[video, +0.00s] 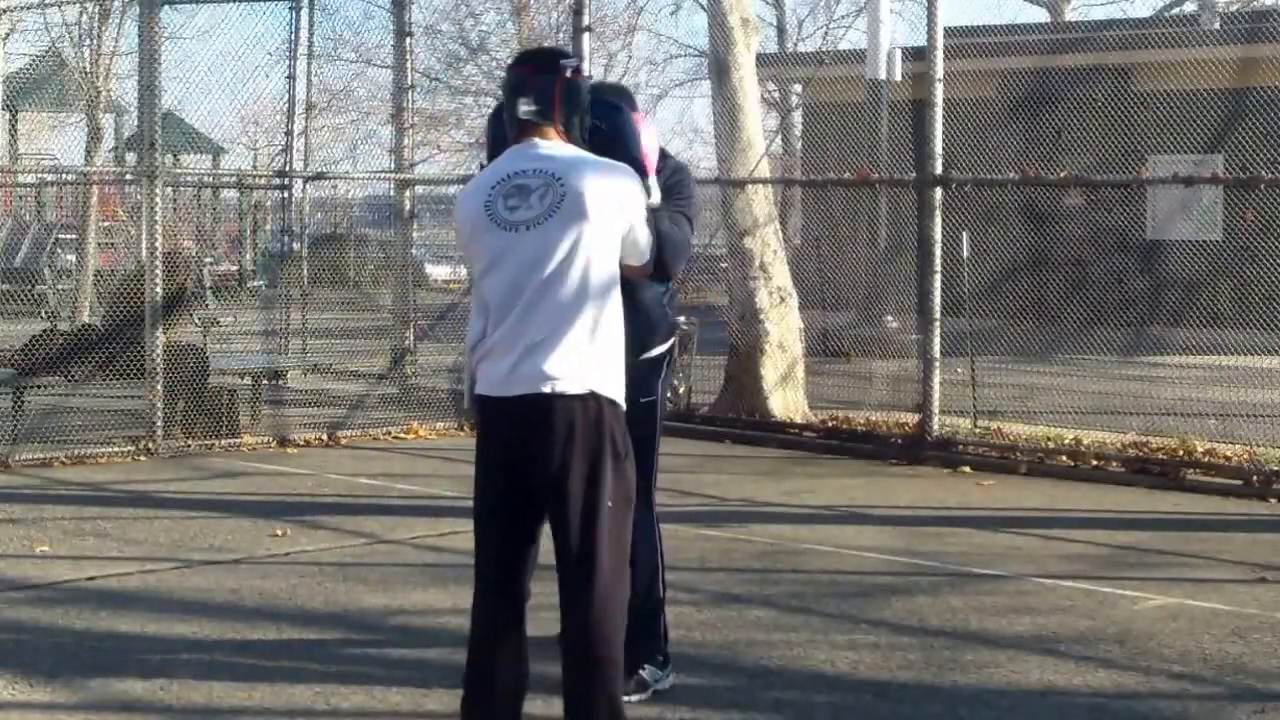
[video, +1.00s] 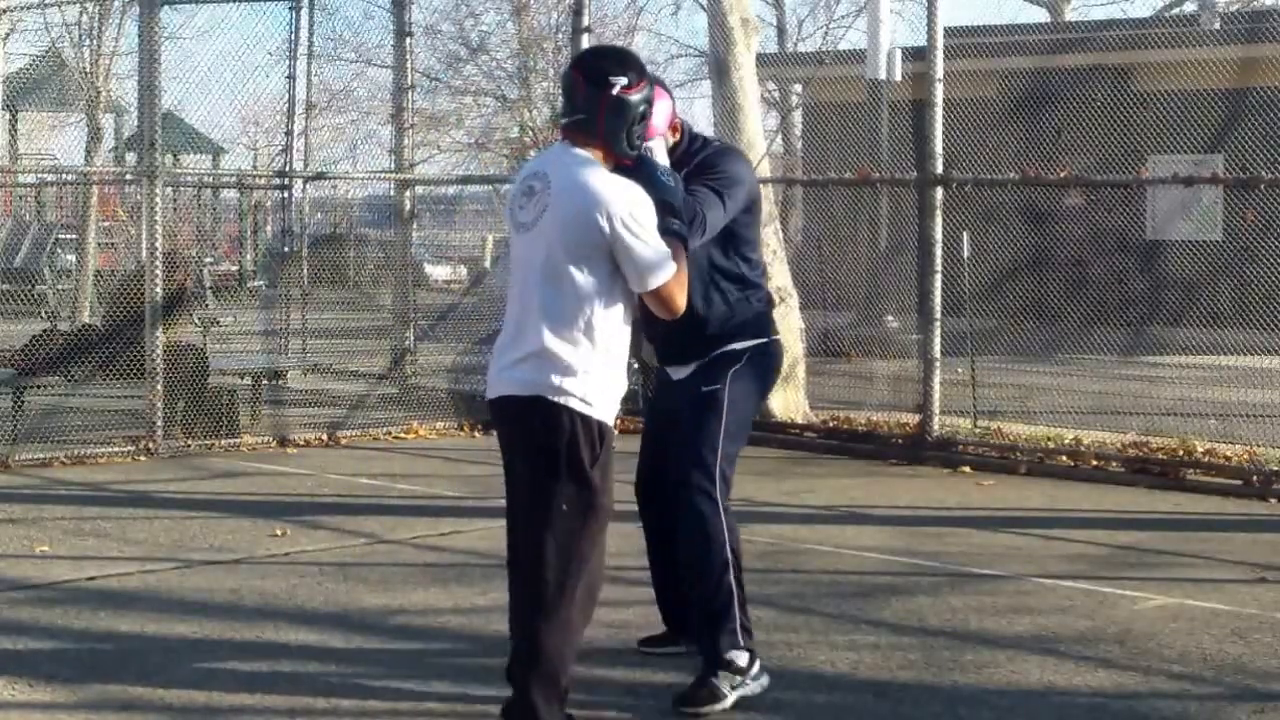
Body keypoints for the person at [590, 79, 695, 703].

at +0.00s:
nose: (598, 146)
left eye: (606, 132)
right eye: (589, 136)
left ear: (632, 127)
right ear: (581, 136)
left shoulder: (667, 173)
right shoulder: (571, 176)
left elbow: (673, 256)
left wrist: (639, 189)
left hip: (638, 359)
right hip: (573, 357)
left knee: (635, 506)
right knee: (582, 510)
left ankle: (646, 654)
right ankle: (592, 659)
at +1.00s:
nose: (631, 150)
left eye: (637, 138)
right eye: (625, 142)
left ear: (663, 126)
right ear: (634, 139)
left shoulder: (725, 166)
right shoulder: (638, 180)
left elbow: (688, 230)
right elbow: (623, 245)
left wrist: (648, 163)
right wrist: (593, 167)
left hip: (734, 354)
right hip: (676, 362)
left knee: (699, 488)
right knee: (655, 488)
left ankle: (732, 655)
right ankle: (685, 623)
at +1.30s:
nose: (666, 181)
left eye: (669, 169)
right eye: (660, 173)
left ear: (699, 154)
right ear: (689, 159)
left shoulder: (761, 186)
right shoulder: (691, 198)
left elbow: (710, 266)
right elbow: (658, 273)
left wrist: (697, 187)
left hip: (775, 365)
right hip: (724, 370)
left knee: (739, 506)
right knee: (697, 490)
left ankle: (758, 680)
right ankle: (715, 619)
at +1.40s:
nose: (688, 191)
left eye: (692, 181)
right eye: (682, 182)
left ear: (718, 164)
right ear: (695, 169)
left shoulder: (779, 193)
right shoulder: (715, 186)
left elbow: (729, 272)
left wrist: (695, 219)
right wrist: (654, 207)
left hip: (789, 369)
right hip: (735, 366)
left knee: (740, 507)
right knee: (706, 491)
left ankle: (756, 681)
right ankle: (786, 593)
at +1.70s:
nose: (752, 190)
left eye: (757, 179)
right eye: (744, 184)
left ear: (786, 163)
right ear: (751, 180)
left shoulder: (855, 195)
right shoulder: (777, 207)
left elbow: (813, 268)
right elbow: (743, 291)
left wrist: (769, 204)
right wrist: (717, 226)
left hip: (860, 374)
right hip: (816, 374)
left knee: (812, 507)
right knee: (784, 504)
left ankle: (791, 661)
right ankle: (849, 612)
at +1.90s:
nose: (793, 160)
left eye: (797, 148)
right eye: (787, 154)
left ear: (826, 130)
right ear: (815, 140)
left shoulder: (884, 158)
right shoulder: (834, 177)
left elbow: (850, 231)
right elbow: (793, 260)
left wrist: (805, 171)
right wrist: (755, 206)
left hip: (908, 346)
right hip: (884, 348)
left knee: (840, 492)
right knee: (861, 483)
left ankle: (877, 646)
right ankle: (914, 593)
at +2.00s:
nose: (830, 170)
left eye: (834, 158)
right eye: (822, 161)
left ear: (864, 144)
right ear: (831, 156)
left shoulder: (912, 179)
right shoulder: (856, 196)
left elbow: (897, 259)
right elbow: (827, 281)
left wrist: (842, 201)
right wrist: (791, 230)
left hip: (923, 367)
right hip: (907, 367)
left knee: (843, 496)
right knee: (913, 492)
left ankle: (875, 650)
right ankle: (991, 608)